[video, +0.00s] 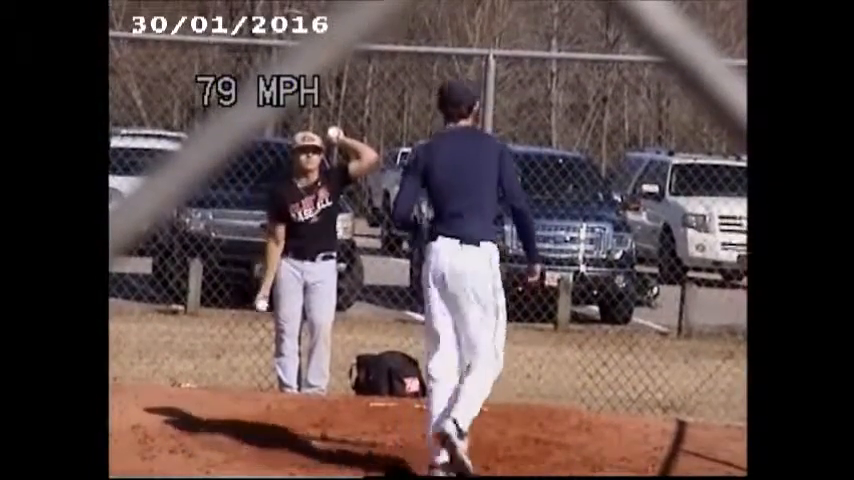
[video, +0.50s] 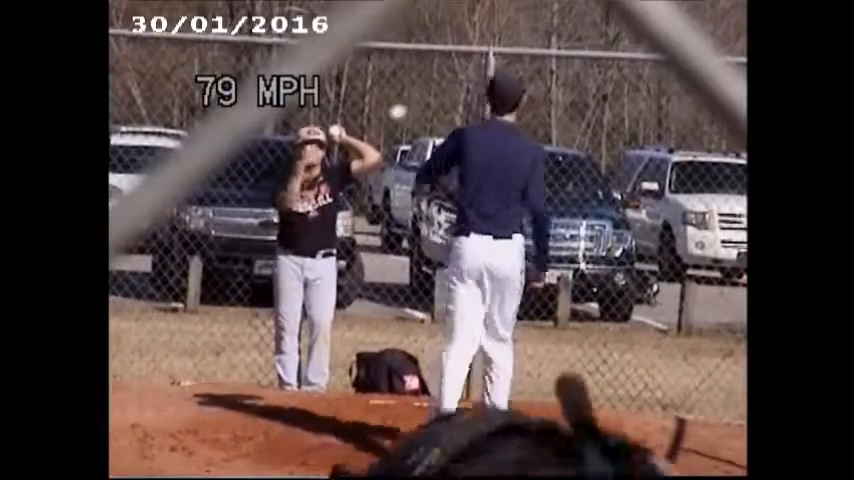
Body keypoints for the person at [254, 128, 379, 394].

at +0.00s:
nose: (308, 156)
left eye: (313, 151)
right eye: (303, 152)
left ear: (322, 155)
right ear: (294, 156)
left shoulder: (333, 179)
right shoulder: (283, 191)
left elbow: (371, 158)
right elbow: (276, 239)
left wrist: (343, 140)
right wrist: (265, 287)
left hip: (324, 264)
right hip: (290, 262)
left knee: (322, 327)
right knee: (287, 327)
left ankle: (316, 388)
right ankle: (287, 387)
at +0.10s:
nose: (310, 154)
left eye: (315, 149)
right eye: (304, 149)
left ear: (323, 153)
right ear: (295, 154)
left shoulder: (334, 178)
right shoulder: (284, 189)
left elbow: (372, 158)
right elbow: (281, 239)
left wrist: (343, 139)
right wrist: (278, 286)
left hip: (323, 262)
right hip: (291, 262)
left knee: (321, 325)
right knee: (286, 326)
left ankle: (316, 387)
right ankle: (287, 387)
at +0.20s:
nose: (310, 156)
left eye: (315, 152)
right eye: (305, 152)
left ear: (323, 156)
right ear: (295, 156)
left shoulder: (333, 179)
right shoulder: (286, 190)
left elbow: (373, 161)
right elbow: (287, 230)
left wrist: (343, 142)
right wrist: (293, 262)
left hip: (324, 263)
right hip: (291, 261)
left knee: (321, 327)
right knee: (287, 328)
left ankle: (316, 389)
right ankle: (287, 388)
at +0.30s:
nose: (310, 153)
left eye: (316, 148)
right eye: (305, 148)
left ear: (323, 153)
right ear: (295, 153)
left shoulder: (333, 177)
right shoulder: (285, 183)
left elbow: (373, 158)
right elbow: (293, 227)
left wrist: (343, 139)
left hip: (322, 259)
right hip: (288, 259)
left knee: (321, 324)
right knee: (286, 324)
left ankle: (316, 386)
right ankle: (287, 385)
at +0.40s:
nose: (308, 156)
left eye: (314, 151)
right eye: (304, 151)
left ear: (323, 155)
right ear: (295, 155)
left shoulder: (333, 176)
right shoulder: (286, 182)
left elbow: (373, 161)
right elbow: (291, 210)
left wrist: (343, 140)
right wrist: (304, 182)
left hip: (323, 260)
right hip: (288, 260)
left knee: (321, 325)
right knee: (286, 325)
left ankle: (316, 387)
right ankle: (287, 385)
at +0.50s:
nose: (311, 161)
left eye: (316, 157)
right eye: (306, 153)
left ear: (324, 155)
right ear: (296, 158)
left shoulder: (334, 175)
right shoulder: (289, 179)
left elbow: (374, 158)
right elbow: (286, 204)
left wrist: (344, 139)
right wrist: (299, 166)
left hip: (324, 259)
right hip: (289, 259)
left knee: (321, 323)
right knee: (287, 323)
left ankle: (316, 384)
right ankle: (288, 383)